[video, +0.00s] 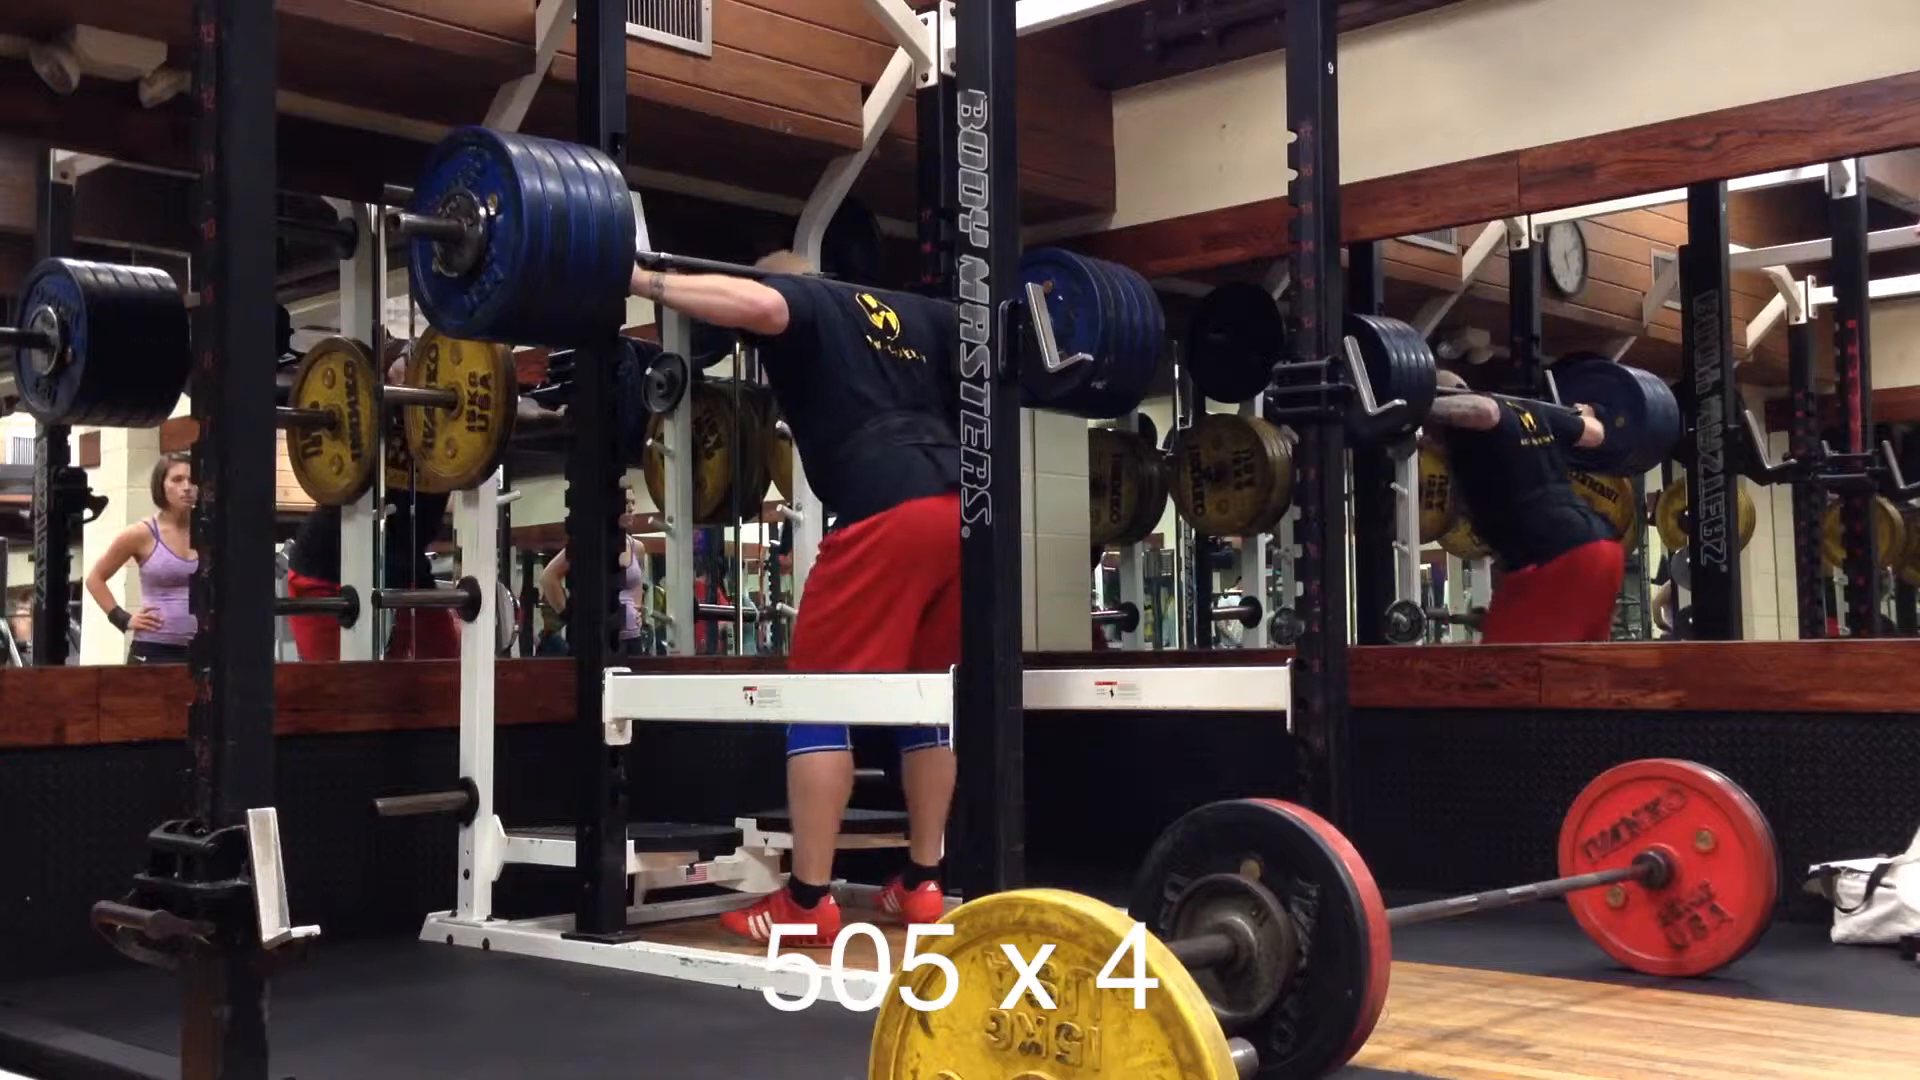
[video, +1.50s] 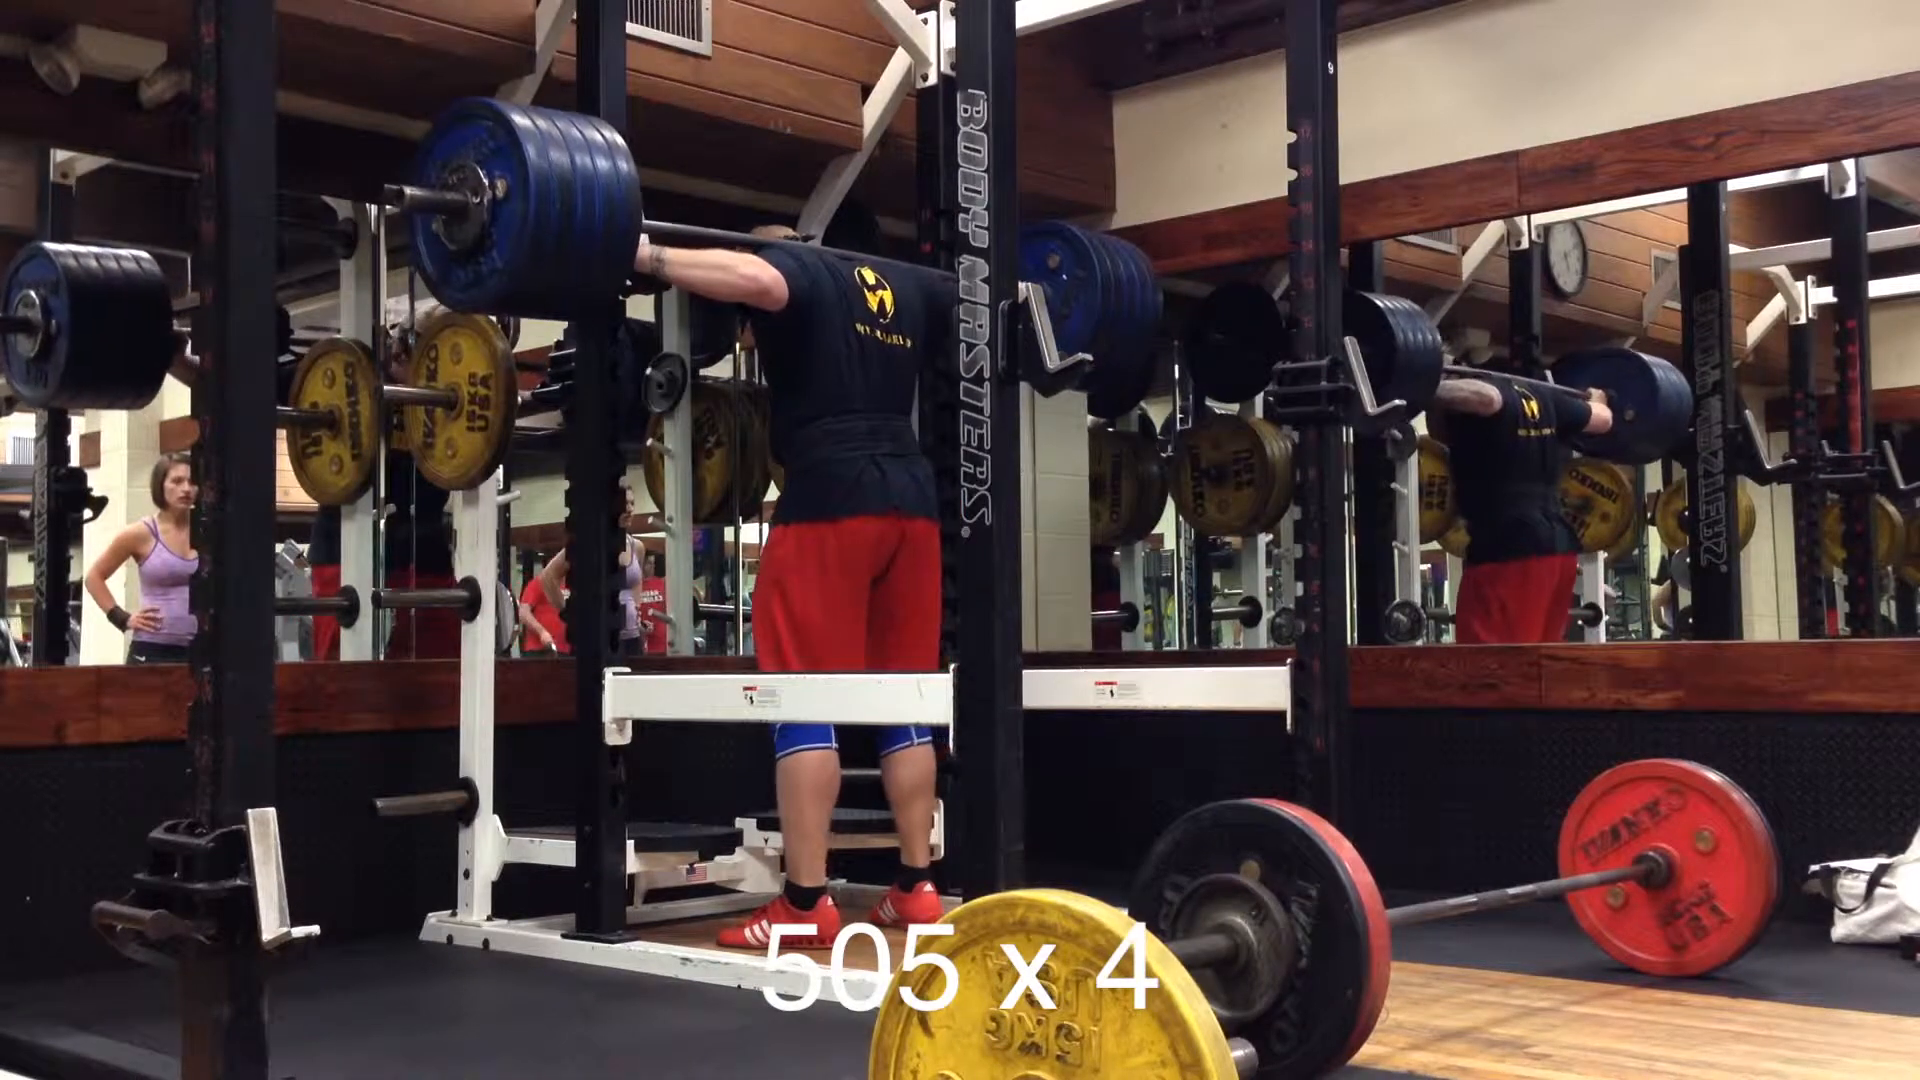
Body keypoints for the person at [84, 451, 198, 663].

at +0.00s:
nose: (187, 488)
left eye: (193, 480)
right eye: (178, 480)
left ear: (200, 486)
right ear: (160, 486)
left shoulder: (204, 530)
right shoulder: (141, 534)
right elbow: (94, 579)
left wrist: (213, 615)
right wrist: (123, 619)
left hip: (200, 647)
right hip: (154, 648)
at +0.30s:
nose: (187, 487)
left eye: (193, 480)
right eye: (178, 480)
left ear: (200, 486)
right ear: (160, 486)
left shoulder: (204, 530)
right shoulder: (141, 534)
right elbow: (94, 579)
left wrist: (211, 614)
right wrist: (123, 619)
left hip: (199, 647)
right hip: (153, 648)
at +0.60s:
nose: (187, 487)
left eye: (192, 480)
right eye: (178, 479)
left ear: (200, 486)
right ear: (160, 486)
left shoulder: (204, 530)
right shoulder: (141, 534)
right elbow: (94, 579)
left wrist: (212, 614)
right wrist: (123, 619)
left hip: (198, 647)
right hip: (153, 648)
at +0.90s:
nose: (186, 488)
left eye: (192, 480)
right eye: (177, 480)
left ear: (200, 487)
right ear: (160, 485)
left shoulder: (204, 530)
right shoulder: (140, 534)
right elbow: (94, 579)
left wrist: (212, 614)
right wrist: (123, 619)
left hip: (199, 647)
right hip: (153, 648)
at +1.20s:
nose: (186, 488)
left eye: (192, 481)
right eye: (177, 480)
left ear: (199, 487)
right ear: (159, 485)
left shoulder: (204, 529)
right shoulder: (140, 533)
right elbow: (94, 578)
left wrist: (212, 615)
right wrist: (123, 619)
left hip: (199, 647)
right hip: (153, 648)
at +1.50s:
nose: (186, 489)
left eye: (192, 481)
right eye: (177, 481)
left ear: (199, 487)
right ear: (160, 486)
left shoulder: (204, 529)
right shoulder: (140, 534)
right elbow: (94, 578)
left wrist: (212, 614)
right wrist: (123, 619)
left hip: (199, 648)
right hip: (153, 648)